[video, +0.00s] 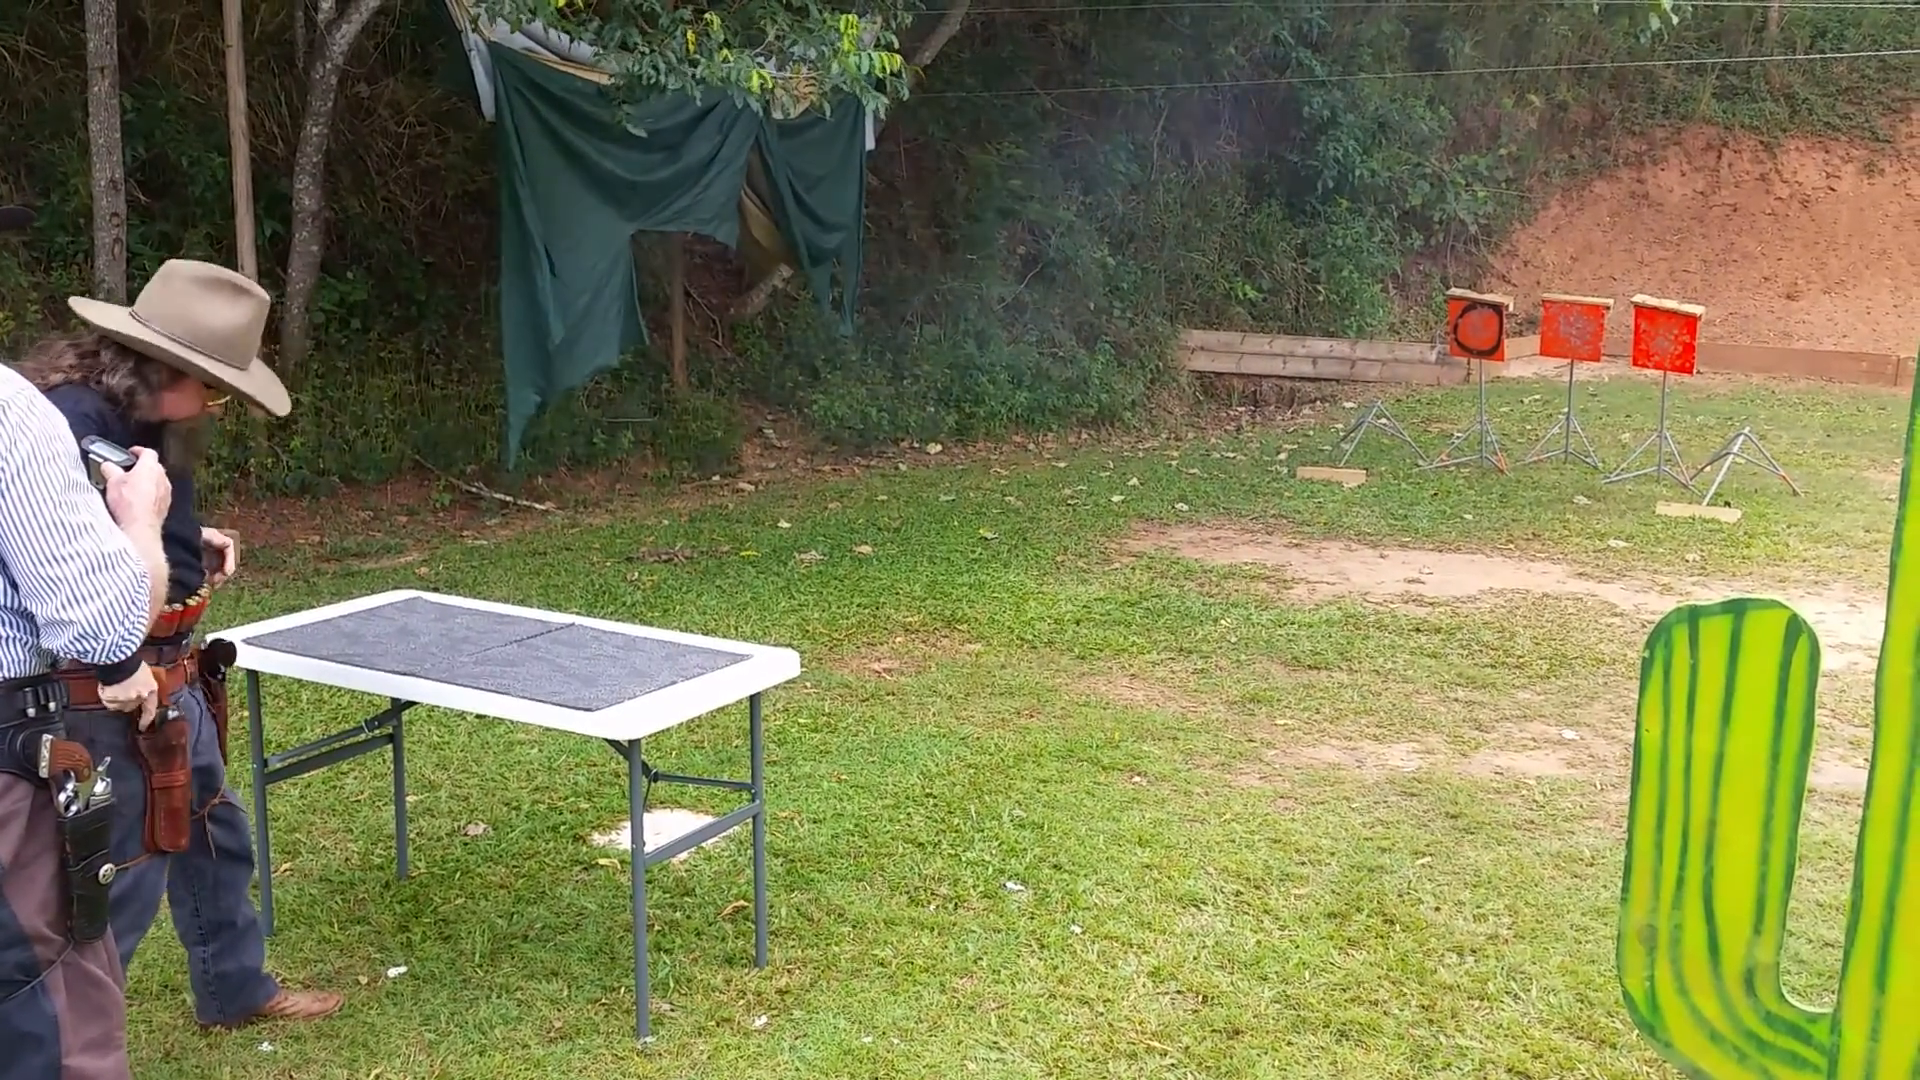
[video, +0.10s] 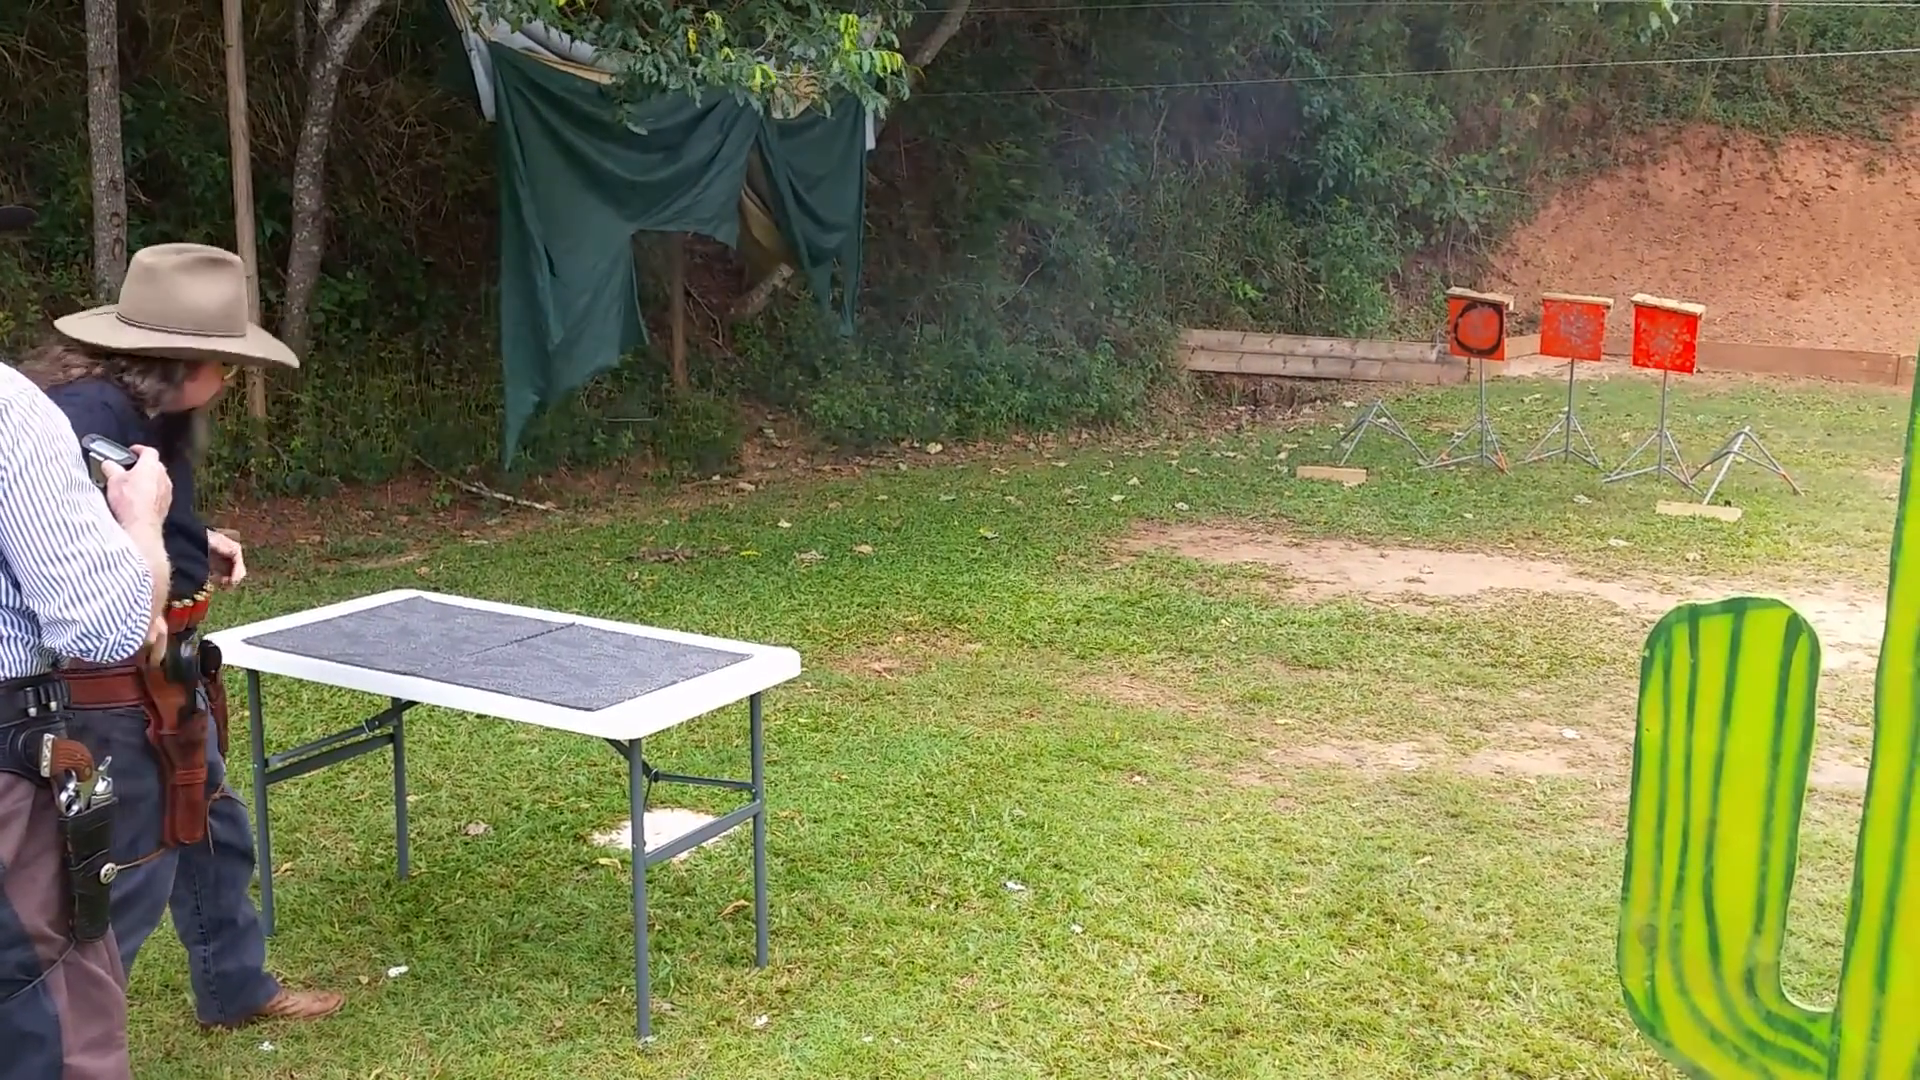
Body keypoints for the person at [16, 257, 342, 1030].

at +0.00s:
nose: (213, 408)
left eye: (219, 395)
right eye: (211, 391)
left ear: (167, 368)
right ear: (169, 372)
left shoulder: (144, 429)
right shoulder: (75, 429)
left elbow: (133, 520)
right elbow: (75, 565)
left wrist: (187, 539)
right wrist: (126, 671)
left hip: (164, 666)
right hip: (93, 686)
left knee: (210, 828)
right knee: (124, 870)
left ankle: (234, 990)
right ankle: (66, 1023)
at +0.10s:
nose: (226, 379)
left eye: (228, 365)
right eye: (221, 364)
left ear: (167, 354)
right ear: (178, 360)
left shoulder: (158, 420)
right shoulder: (90, 421)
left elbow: (145, 513)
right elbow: (79, 541)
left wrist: (197, 539)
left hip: (165, 661)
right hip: (98, 679)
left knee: (212, 823)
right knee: (132, 867)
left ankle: (235, 988)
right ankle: (66, 1025)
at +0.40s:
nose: (224, 356)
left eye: (222, 341)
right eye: (218, 341)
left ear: (133, 341)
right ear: (185, 347)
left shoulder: (103, 411)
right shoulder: (155, 420)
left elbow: (205, 488)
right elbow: (255, 525)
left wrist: (275, 466)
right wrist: (313, 490)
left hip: (150, 668)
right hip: (128, 679)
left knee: (212, 830)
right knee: (130, 878)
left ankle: (237, 993)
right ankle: (70, 1034)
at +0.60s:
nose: (241, 353)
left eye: (238, 339)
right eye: (233, 340)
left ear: (151, 345)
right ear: (196, 349)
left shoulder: (107, 406)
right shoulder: (185, 418)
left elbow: (256, 417)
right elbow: (299, 438)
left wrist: (347, 386)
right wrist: (381, 402)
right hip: (138, 674)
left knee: (212, 827)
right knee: (134, 872)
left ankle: (237, 992)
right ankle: (70, 1032)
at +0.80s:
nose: (251, 351)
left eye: (248, 338)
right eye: (243, 338)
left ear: (162, 339)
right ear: (209, 343)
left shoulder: (112, 394)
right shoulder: (193, 409)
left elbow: (268, 407)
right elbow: (304, 426)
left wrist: (361, 379)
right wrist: (397, 395)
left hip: (106, 658)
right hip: (143, 669)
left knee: (213, 828)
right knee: (134, 874)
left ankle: (240, 991)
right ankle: (71, 1033)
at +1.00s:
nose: (259, 351)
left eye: (257, 337)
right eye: (251, 337)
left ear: (172, 338)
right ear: (215, 341)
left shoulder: (118, 395)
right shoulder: (197, 409)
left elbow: (274, 406)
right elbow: (309, 428)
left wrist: (368, 379)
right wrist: (402, 399)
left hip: (114, 660)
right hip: (144, 672)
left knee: (216, 830)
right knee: (136, 872)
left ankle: (241, 994)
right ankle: (68, 1031)